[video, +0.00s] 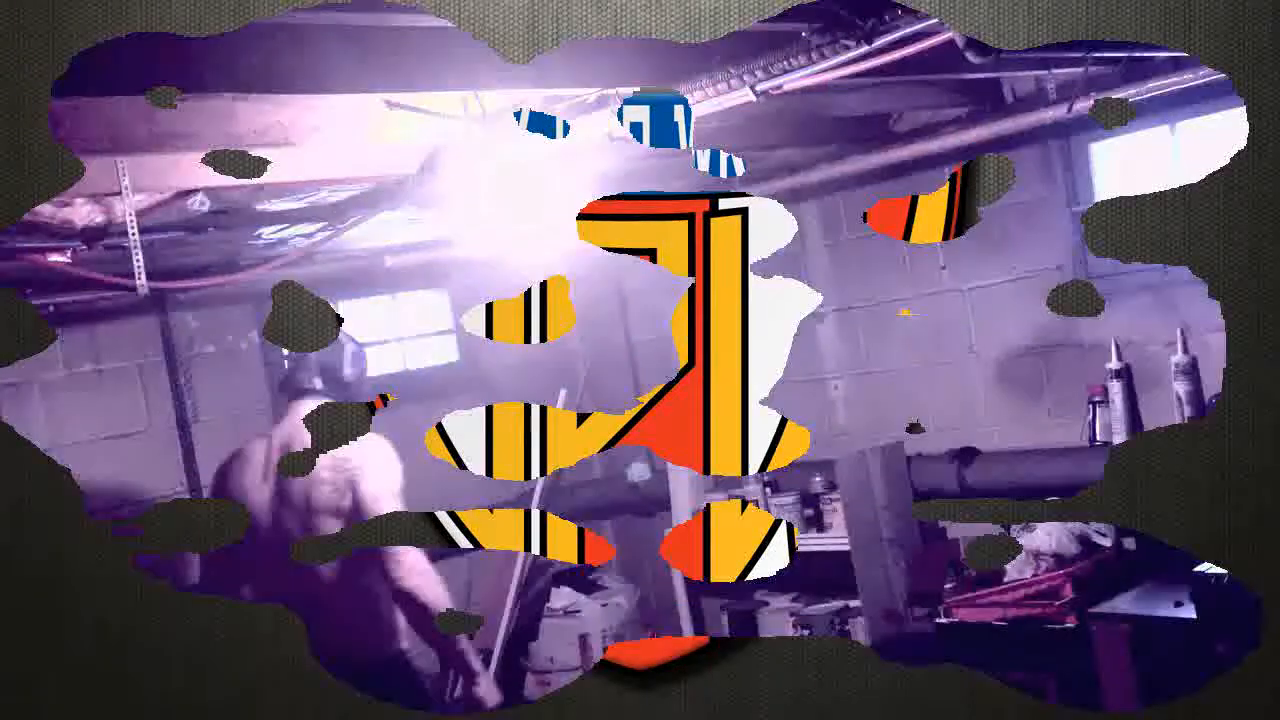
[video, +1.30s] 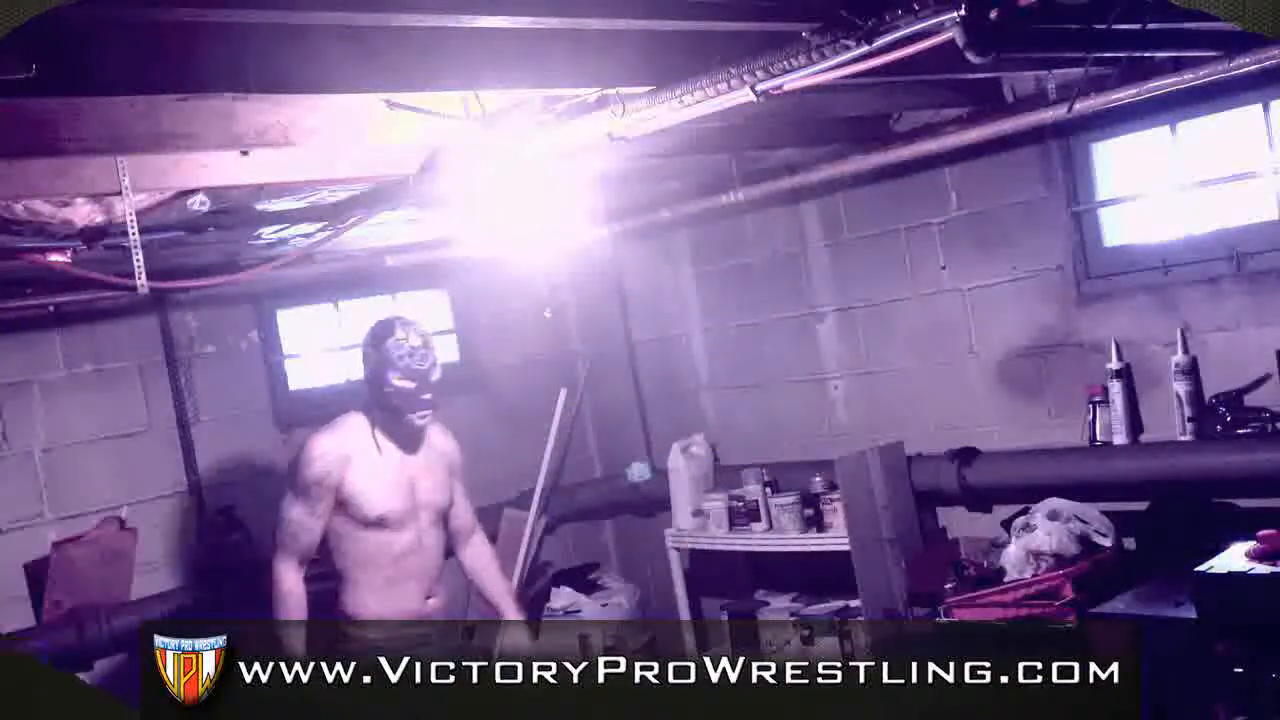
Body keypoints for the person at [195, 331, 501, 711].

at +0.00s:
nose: (372, 396)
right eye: (366, 381)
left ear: (287, 383)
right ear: (349, 381)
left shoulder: (236, 467)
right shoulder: (366, 451)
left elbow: (219, 583)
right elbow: (404, 570)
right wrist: (472, 667)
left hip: (288, 679)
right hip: (379, 671)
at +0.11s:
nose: (401, 396)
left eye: (401, 383)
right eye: (398, 383)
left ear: (322, 379)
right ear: (383, 382)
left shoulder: (263, 463)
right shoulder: (386, 451)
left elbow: (239, 575)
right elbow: (424, 569)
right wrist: (496, 673)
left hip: (313, 674)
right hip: (396, 671)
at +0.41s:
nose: (442, 388)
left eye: (444, 374)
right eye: (438, 373)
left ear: (378, 367)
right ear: (409, 368)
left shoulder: (314, 442)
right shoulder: (386, 445)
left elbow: (298, 560)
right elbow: (402, 565)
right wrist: (478, 658)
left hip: (330, 651)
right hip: (389, 659)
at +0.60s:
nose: (453, 377)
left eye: (453, 361)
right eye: (446, 360)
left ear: (406, 360)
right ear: (413, 360)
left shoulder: (381, 427)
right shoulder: (369, 433)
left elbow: (376, 550)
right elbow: (362, 561)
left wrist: (431, 643)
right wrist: (428, 656)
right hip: (393, 646)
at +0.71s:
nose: (454, 376)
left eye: (454, 362)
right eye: (446, 361)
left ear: (409, 361)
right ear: (412, 360)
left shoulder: (384, 427)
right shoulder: (368, 432)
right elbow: (347, 558)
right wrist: (389, 641)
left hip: (419, 620)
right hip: (400, 625)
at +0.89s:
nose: (460, 386)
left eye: (460, 371)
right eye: (448, 369)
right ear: (412, 368)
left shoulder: (415, 438)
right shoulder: (358, 436)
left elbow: (444, 530)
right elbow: (311, 550)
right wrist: (340, 650)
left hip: (427, 626)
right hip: (375, 634)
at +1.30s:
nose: (428, 400)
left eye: (432, 386)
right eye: (413, 388)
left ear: (437, 378)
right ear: (378, 386)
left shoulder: (441, 444)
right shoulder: (331, 451)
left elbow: (469, 539)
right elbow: (290, 563)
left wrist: (514, 619)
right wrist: (297, 664)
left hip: (435, 636)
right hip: (365, 640)